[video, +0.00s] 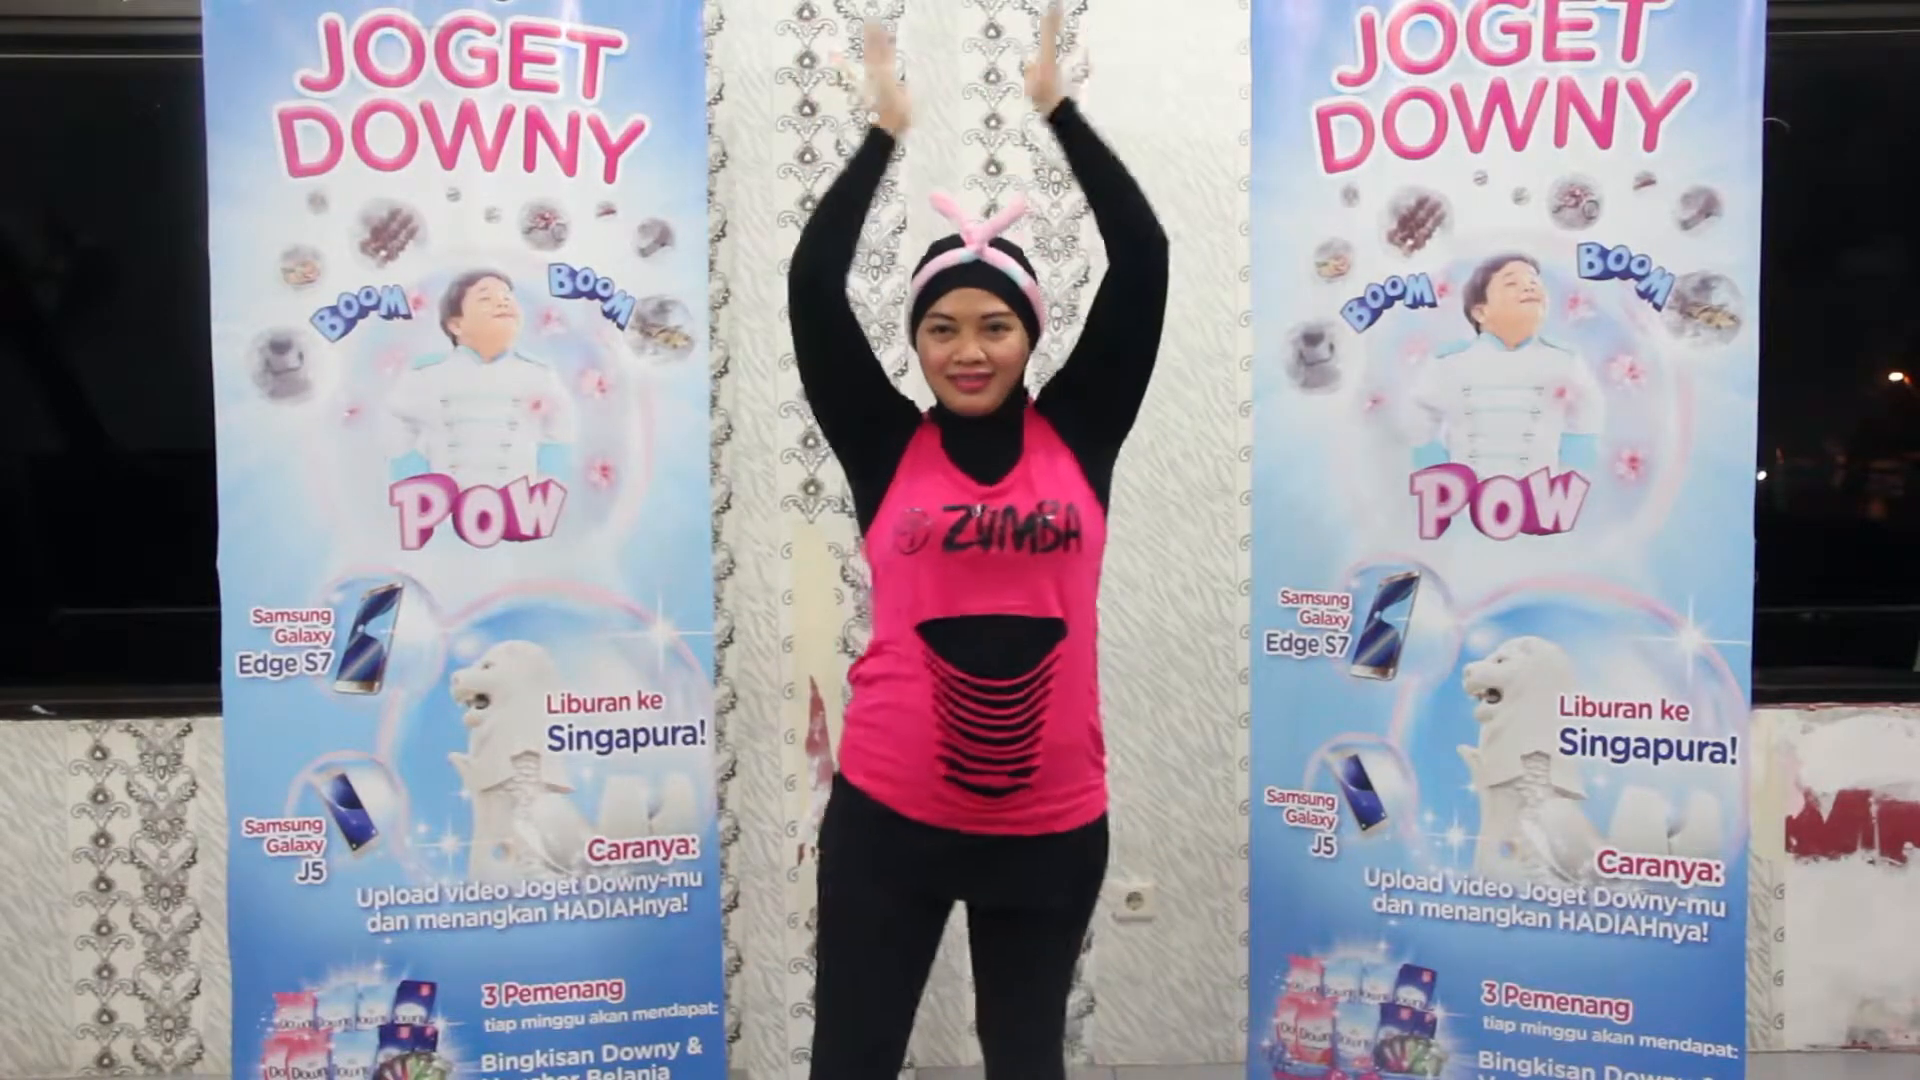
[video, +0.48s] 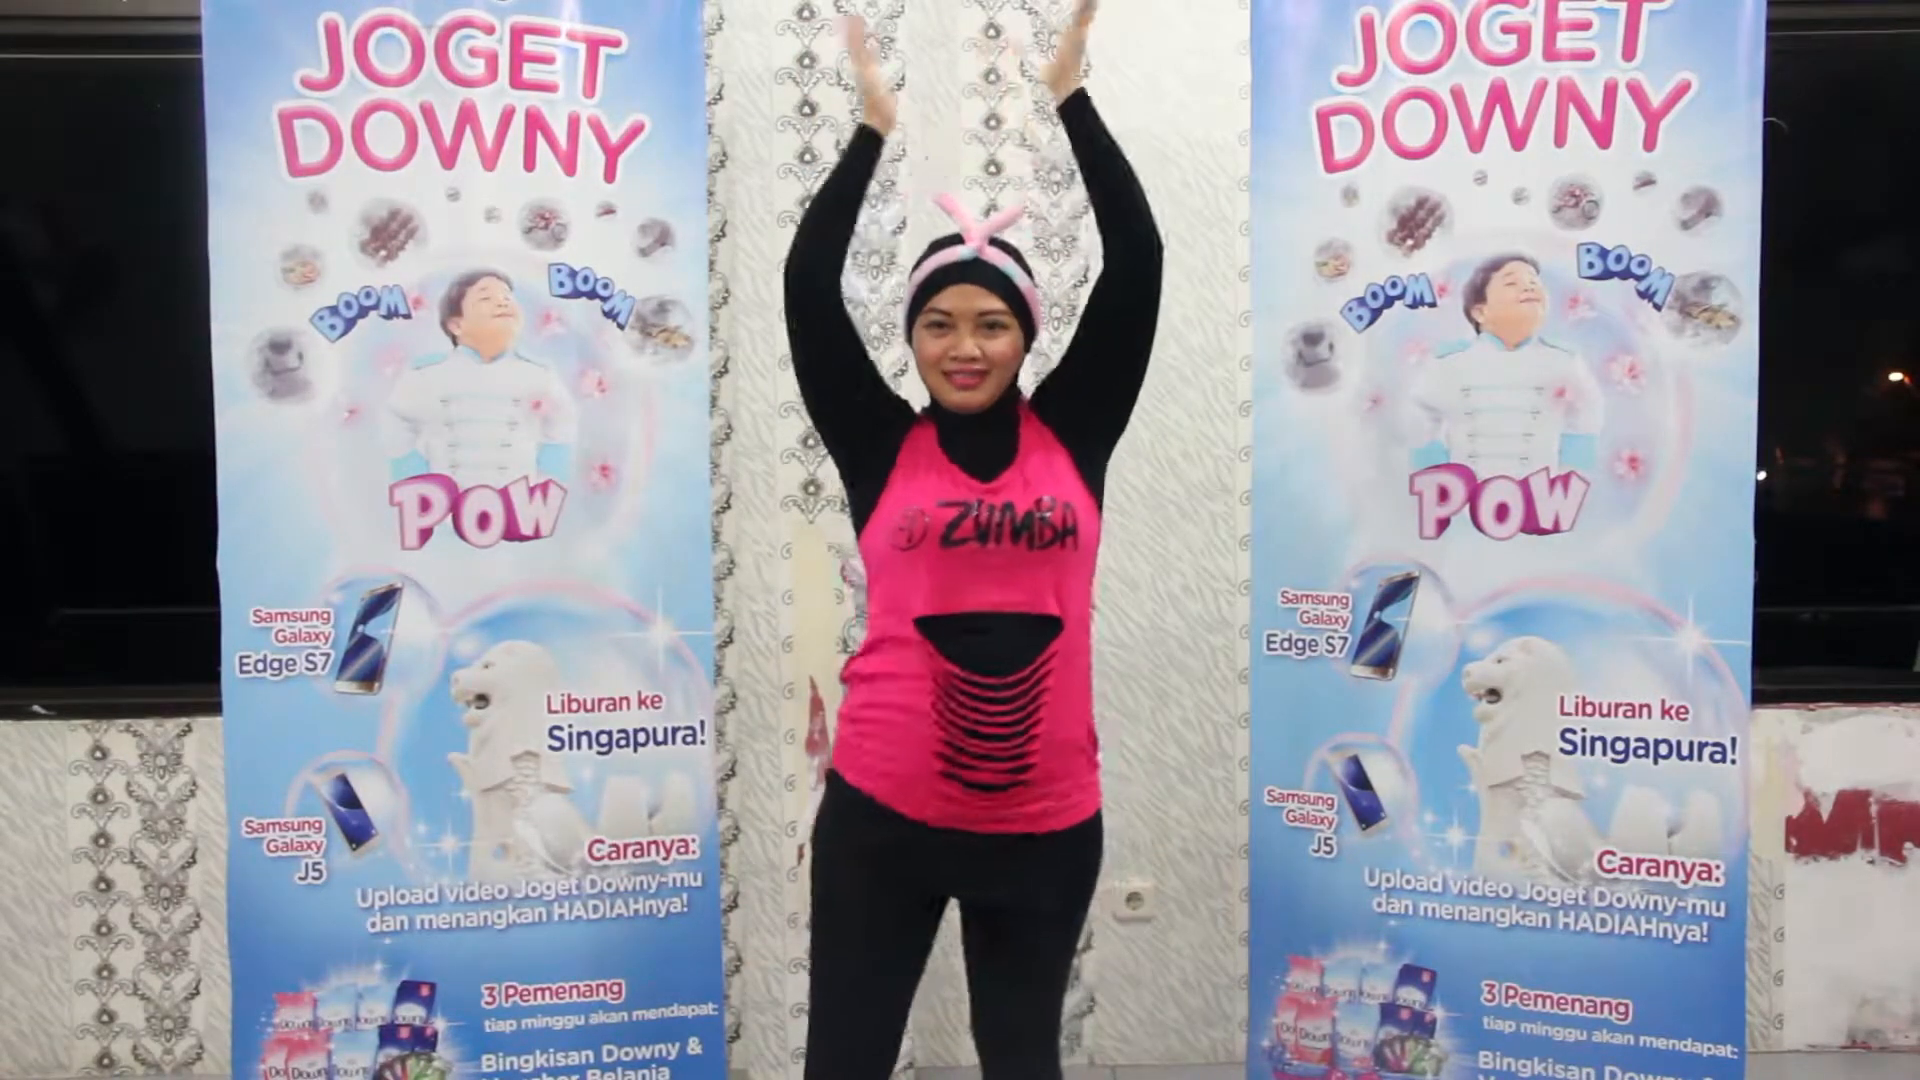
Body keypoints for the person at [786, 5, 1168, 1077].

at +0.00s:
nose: (969, 349)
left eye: (994, 327)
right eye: (945, 329)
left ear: (1031, 339)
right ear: (917, 345)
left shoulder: (1077, 438)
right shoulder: (886, 449)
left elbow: (1142, 253)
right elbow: (813, 292)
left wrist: (1058, 106)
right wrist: (882, 134)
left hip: (1046, 832)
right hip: (891, 825)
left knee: (1027, 1062)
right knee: (852, 1060)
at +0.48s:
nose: (965, 347)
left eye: (990, 325)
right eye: (941, 326)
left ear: (1026, 340)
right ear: (913, 343)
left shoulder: (1071, 439)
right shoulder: (880, 449)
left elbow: (1136, 259)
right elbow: (808, 290)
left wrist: (1070, 97)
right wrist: (871, 129)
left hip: (1040, 833)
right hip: (884, 825)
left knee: (1023, 1065)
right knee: (845, 1064)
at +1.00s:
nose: (959, 354)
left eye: (985, 331)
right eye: (937, 332)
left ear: (1022, 346)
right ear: (909, 348)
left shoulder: (1063, 450)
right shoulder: (874, 451)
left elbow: (1126, 282)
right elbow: (809, 301)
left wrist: (1036, 144)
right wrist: (874, 146)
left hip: (1040, 833)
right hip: (883, 824)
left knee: (1023, 1062)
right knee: (830, 1061)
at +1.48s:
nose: (918, 310)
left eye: (940, 295)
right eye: (895, 299)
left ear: (979, 324)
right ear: (869, 333)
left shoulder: (1028, 441)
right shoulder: (826, 452)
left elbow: (1092, 518)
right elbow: (806, 573)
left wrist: (988, 405)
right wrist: (899, 512)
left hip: (1009, 794)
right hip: (860, 803)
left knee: (1024, 1034)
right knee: (878, 1057)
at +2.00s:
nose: (879, 345)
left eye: (903, 327)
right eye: (858, 327)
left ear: (938, 350)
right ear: (826, 350)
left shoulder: (976, 446)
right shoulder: (779, 450)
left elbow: (1056, 279)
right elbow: (681, 305)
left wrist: (1147, 124)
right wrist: (614, 137)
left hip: (977, 835)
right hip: (815, 840)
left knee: (1041, 1063)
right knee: (761, 1063)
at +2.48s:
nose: (866, 369)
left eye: (890, 348)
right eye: (839, 347)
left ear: (917, 369)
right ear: (801, 367)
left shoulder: (946, 485)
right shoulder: (742, 488)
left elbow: (951, 639)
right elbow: (745, 639)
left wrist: (1001, 646)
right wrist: (826, 524)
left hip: (938, 822)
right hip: (785, 825)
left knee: (945, 1044)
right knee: (760, 1060)